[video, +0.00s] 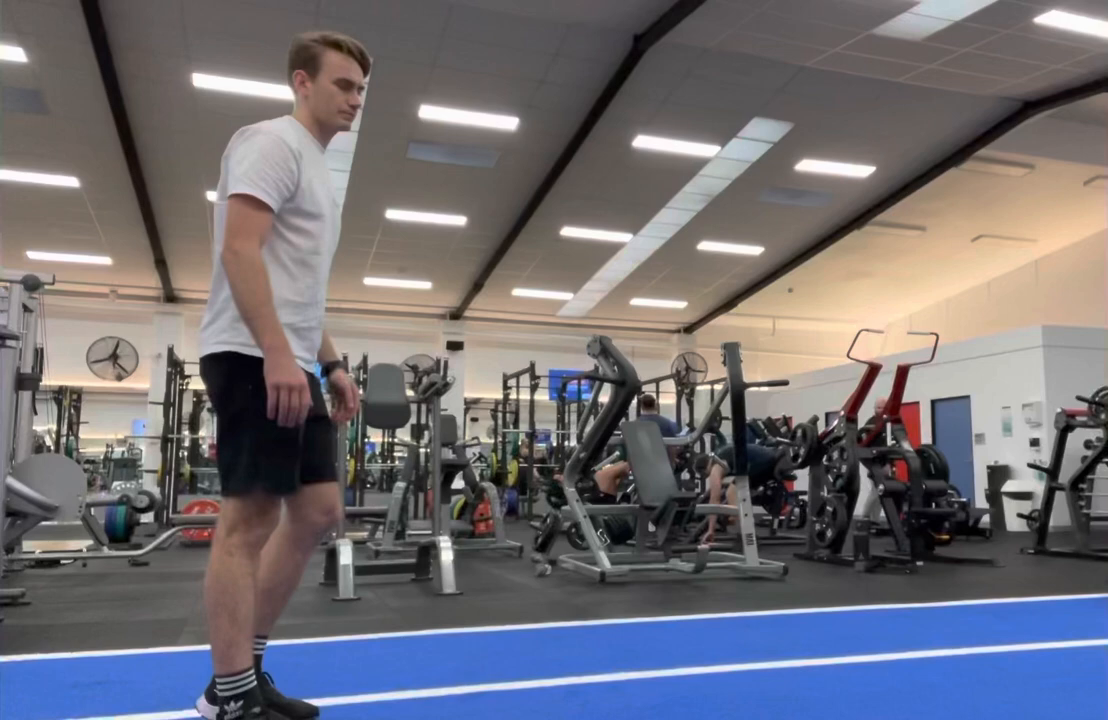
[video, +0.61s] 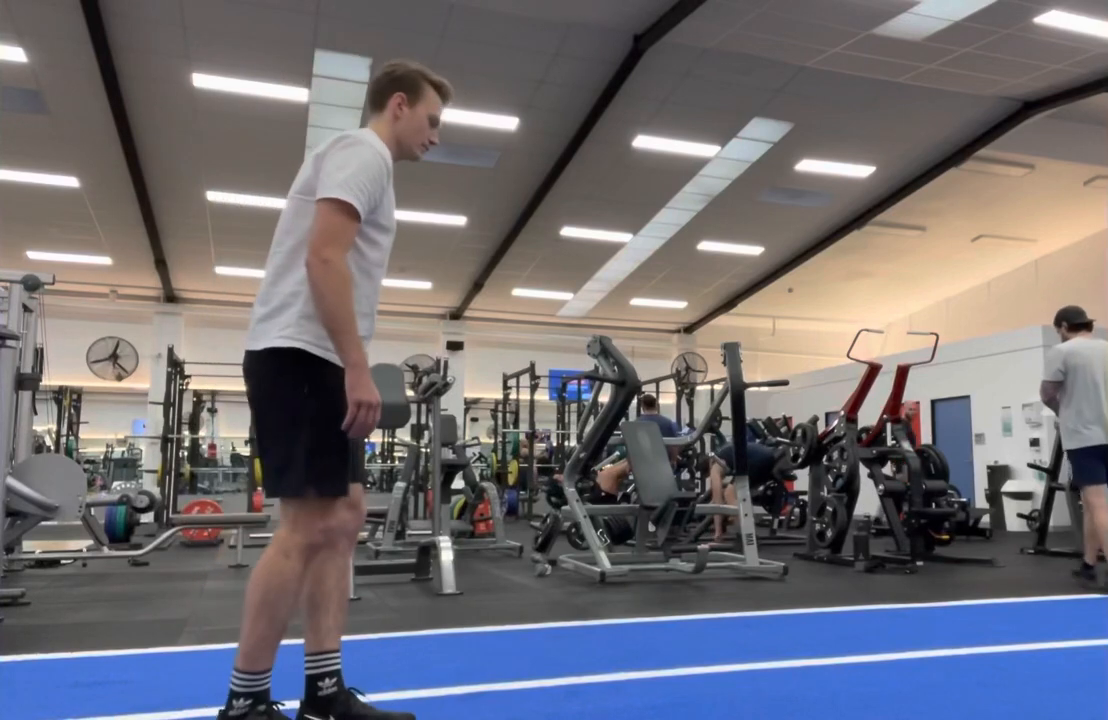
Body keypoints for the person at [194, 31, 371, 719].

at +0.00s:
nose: (354, 99)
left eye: (360, 90)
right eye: (343, 85)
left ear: (357, 96)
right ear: (302, 83)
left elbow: (301, 278)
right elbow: (239, 250)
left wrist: (329, 360)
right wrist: (277, 353)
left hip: (296, 361)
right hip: (250, 355)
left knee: (316, 512)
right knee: (247, 520)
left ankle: (243, 666)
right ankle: (230, 689)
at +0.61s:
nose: (436, 134)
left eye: (439, 123)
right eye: (432, 118)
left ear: (396, 109)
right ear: (397, 104)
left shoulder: (366, 160)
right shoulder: (361, 151)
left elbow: (321, 270)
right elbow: (325, 257)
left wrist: (351, 372)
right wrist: (358, 366)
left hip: (320, 358)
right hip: (298, 354)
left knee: (344, 516)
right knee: (308, 523)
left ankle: (325, 691)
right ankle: (245, 701)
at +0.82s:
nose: (483, 189)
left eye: (488, 179)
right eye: (482, 174)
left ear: (448, 155)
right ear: (453, 154)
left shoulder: (378, 179)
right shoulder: (408, 184)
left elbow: (328, 278)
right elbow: (354, 280)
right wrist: (360, 393)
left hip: (287, 355)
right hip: (315, 358)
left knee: (338, 521)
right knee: (391, 507)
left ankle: (320, 679)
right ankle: (318, 680)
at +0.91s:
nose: (504, 228)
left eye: (510, 220)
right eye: (504, 213)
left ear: (474, 196)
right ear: (477, 191)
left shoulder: (417, 212)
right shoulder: (431, 215)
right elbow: (371, 306)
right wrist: (359, 422)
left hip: (288, 354)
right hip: (310, 355)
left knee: (342, 524)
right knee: (385, 509)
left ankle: (325, 688)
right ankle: (392, 687)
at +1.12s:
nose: (532, 317)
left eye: (539, 308)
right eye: (536, 303)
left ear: (508, 281)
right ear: (513, 279)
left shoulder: (453, 286)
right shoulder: (460, 289)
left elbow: (385, 392)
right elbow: (396, 393)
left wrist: (369, 500)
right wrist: (368, 505)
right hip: (300, 361)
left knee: (351, 523)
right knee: (370, 527)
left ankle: (327, 692)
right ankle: (432, 691)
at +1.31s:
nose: (538, 392)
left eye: (548, 385)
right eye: (545, 379)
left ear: (523, 348)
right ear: (527, 350)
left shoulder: (469, 343)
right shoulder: (478, 349)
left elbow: (402, 467)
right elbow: (418, 468)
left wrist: (393, 574)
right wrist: (396, 585)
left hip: (290, 354)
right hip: (301, 360)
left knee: (350, 532)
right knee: (363, 535)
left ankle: (327, 693)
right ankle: (429, 693)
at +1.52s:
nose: (541, 421)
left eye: (551, 415)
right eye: (549, 408)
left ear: (531, 375)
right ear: (534, 379)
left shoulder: (467, 372)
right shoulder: (490, 369)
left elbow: (433, 504)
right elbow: (457, 507)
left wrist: (429, 613)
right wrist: (464, 630)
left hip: (298, 354)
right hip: (310, 358)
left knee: (356, 529)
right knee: (369, 530)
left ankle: (327, 692)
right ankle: (434, 695)